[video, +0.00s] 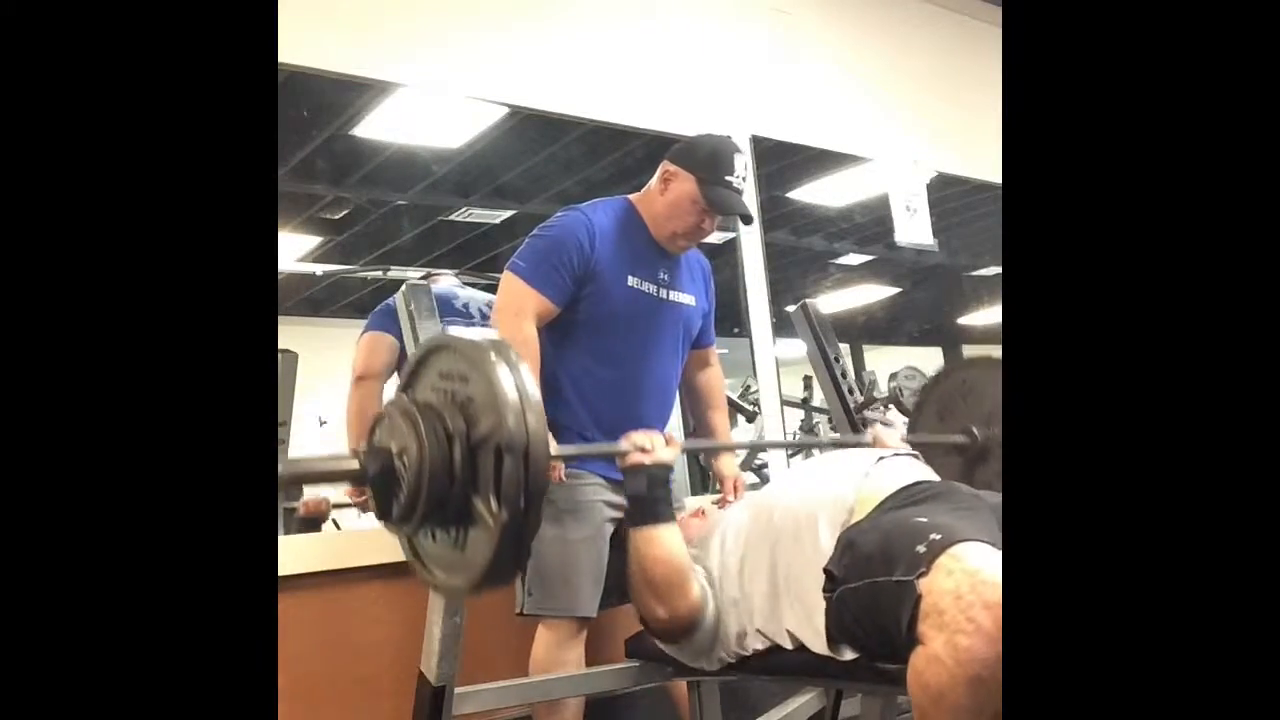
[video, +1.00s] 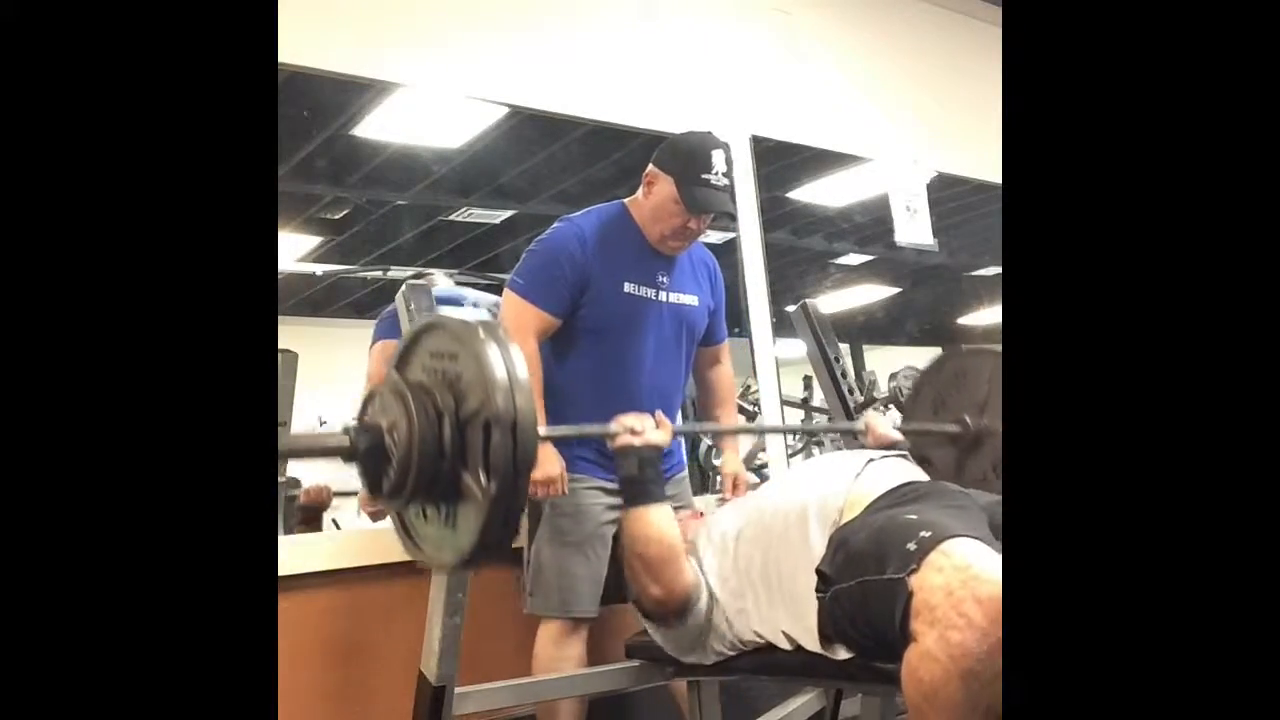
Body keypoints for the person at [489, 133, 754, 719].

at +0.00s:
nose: (712, 224)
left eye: (721, 214)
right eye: (706, 206)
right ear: (666, 178)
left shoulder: (697, 271)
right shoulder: (583, 232)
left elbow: (703, 366)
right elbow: (513, 315)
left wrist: (722, 453)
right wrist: (531, 431)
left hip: (651, 476)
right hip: (575, 469)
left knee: (627, 625)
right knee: (564, 626)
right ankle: (557, 718)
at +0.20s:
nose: (707, 224)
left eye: (719, 214)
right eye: (701, 204)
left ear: (727, 214)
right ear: (663, 179)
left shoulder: (702, 270)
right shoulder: (584, 235)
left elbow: (710, 367)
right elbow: (516, 321)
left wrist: (730, 457)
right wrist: (533, 442)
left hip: (665, 469)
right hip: (584, 464)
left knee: (687, 620)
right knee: (574, 622)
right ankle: (558, 717)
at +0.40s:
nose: (708, 223)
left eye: (720, 213)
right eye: (699, 205)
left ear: (730, 210)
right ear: (663, 183)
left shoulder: (715, 270)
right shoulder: (589, 241)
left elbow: (726, 365)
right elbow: (524, 326)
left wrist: (741, 454)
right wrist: (536, 439)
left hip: (679, 473)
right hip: (591, 467)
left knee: (699, 624)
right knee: (575, 620)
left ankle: (706, 716)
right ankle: (558, 716)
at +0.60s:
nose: (709, 222)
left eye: (720, 213)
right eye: (700, 205)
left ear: (730, 212)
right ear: (662, 183)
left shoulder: (721, 270)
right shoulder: (588, 244)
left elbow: (738, 365)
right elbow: (525, 333)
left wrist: (759, 452)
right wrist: (542, 439)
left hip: (681, 473)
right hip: (593, 469)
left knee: (699, 618)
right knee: (577, 617)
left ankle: (711, 719)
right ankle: (564, 717)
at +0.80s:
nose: (703, 224)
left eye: (714, 213)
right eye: (694, 206)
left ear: (724, 212)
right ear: (655, 183)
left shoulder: (710, 268)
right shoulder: (582, 243)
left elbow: (727, 364)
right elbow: (521, 334)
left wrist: (752, 448)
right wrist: (535, 437)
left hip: (671, 467)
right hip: (586, 466)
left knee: (684, 607)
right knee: (573, 617)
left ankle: (682, 713)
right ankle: (562, 717)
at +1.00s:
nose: (699, 224)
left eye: (709, 215)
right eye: (689, 207)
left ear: (717, 212)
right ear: (651, 182)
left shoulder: (705, 268)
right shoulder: (576, 242)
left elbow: (715, 366)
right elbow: (517, 336)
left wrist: (731, 456)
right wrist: (536, 440)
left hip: (662, 471)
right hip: (580, 469)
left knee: (658, 617)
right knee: (569, 621)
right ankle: (563, 718)